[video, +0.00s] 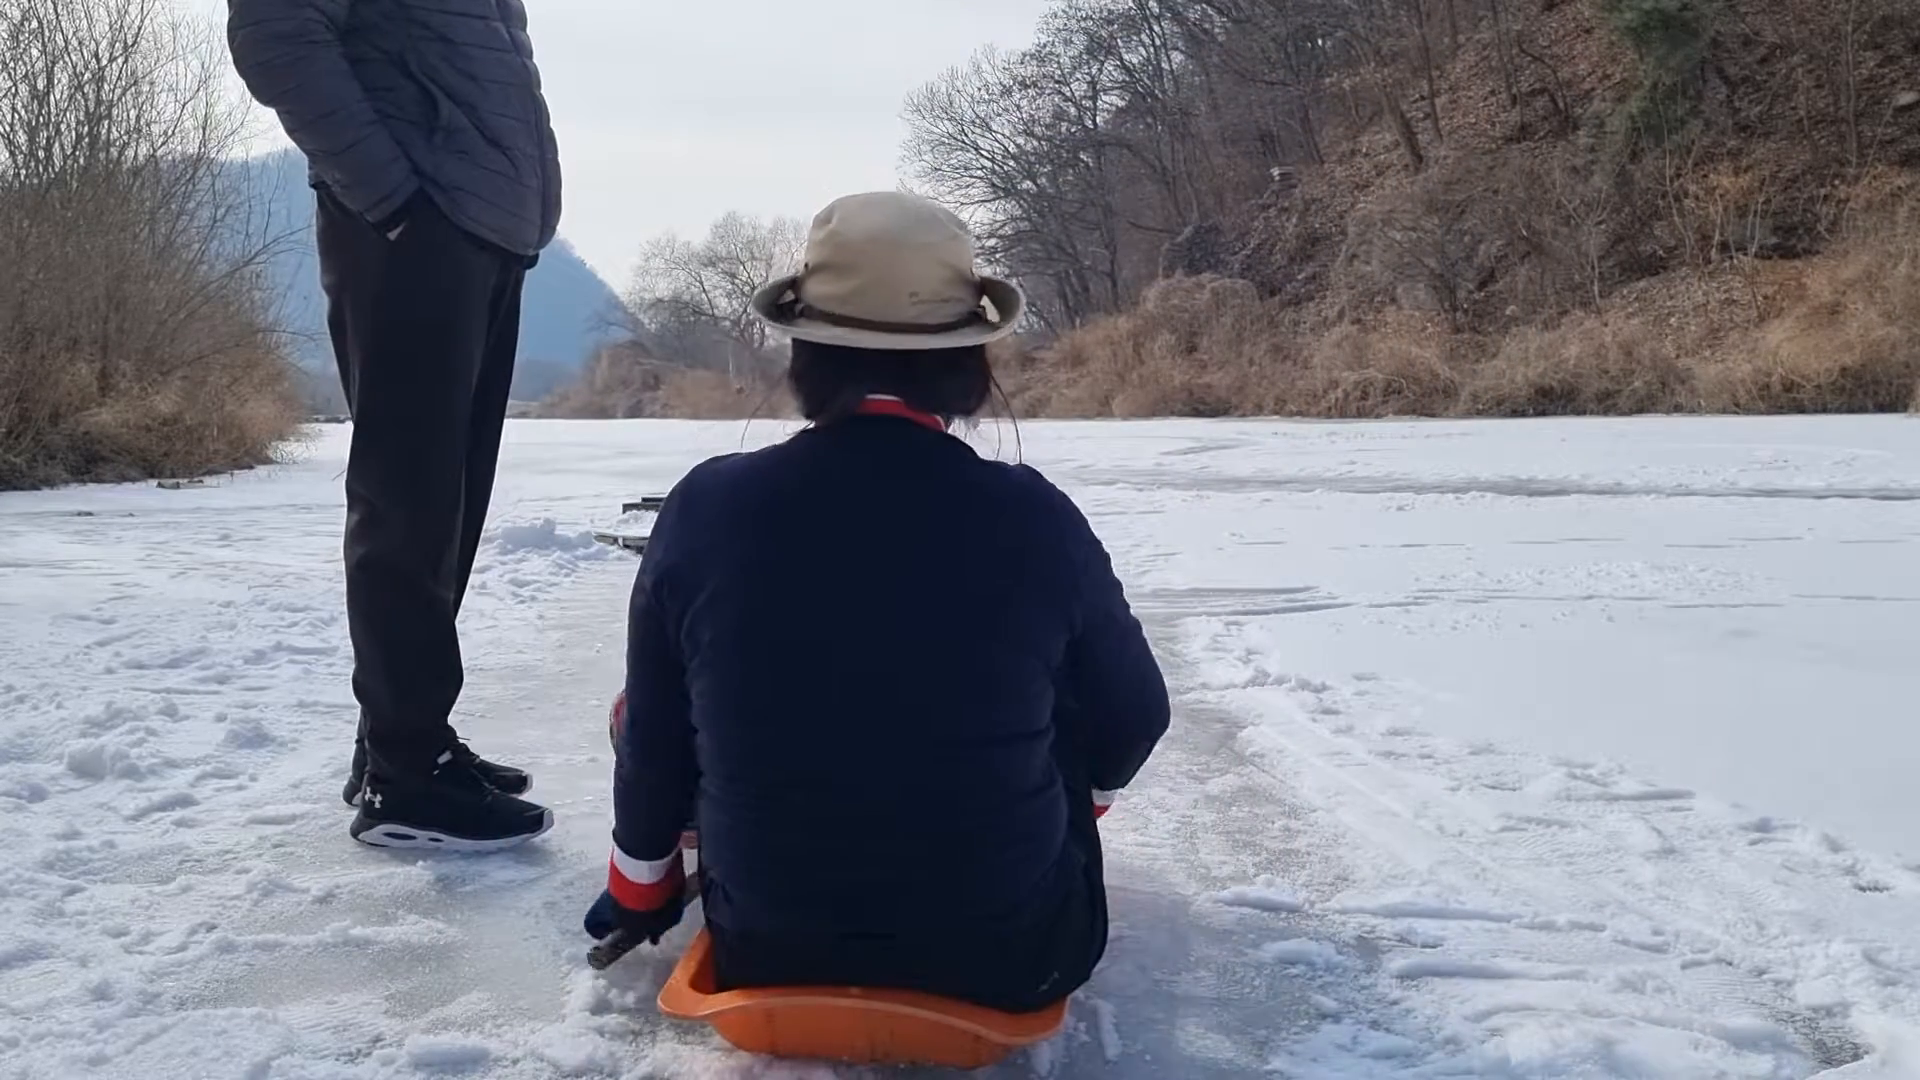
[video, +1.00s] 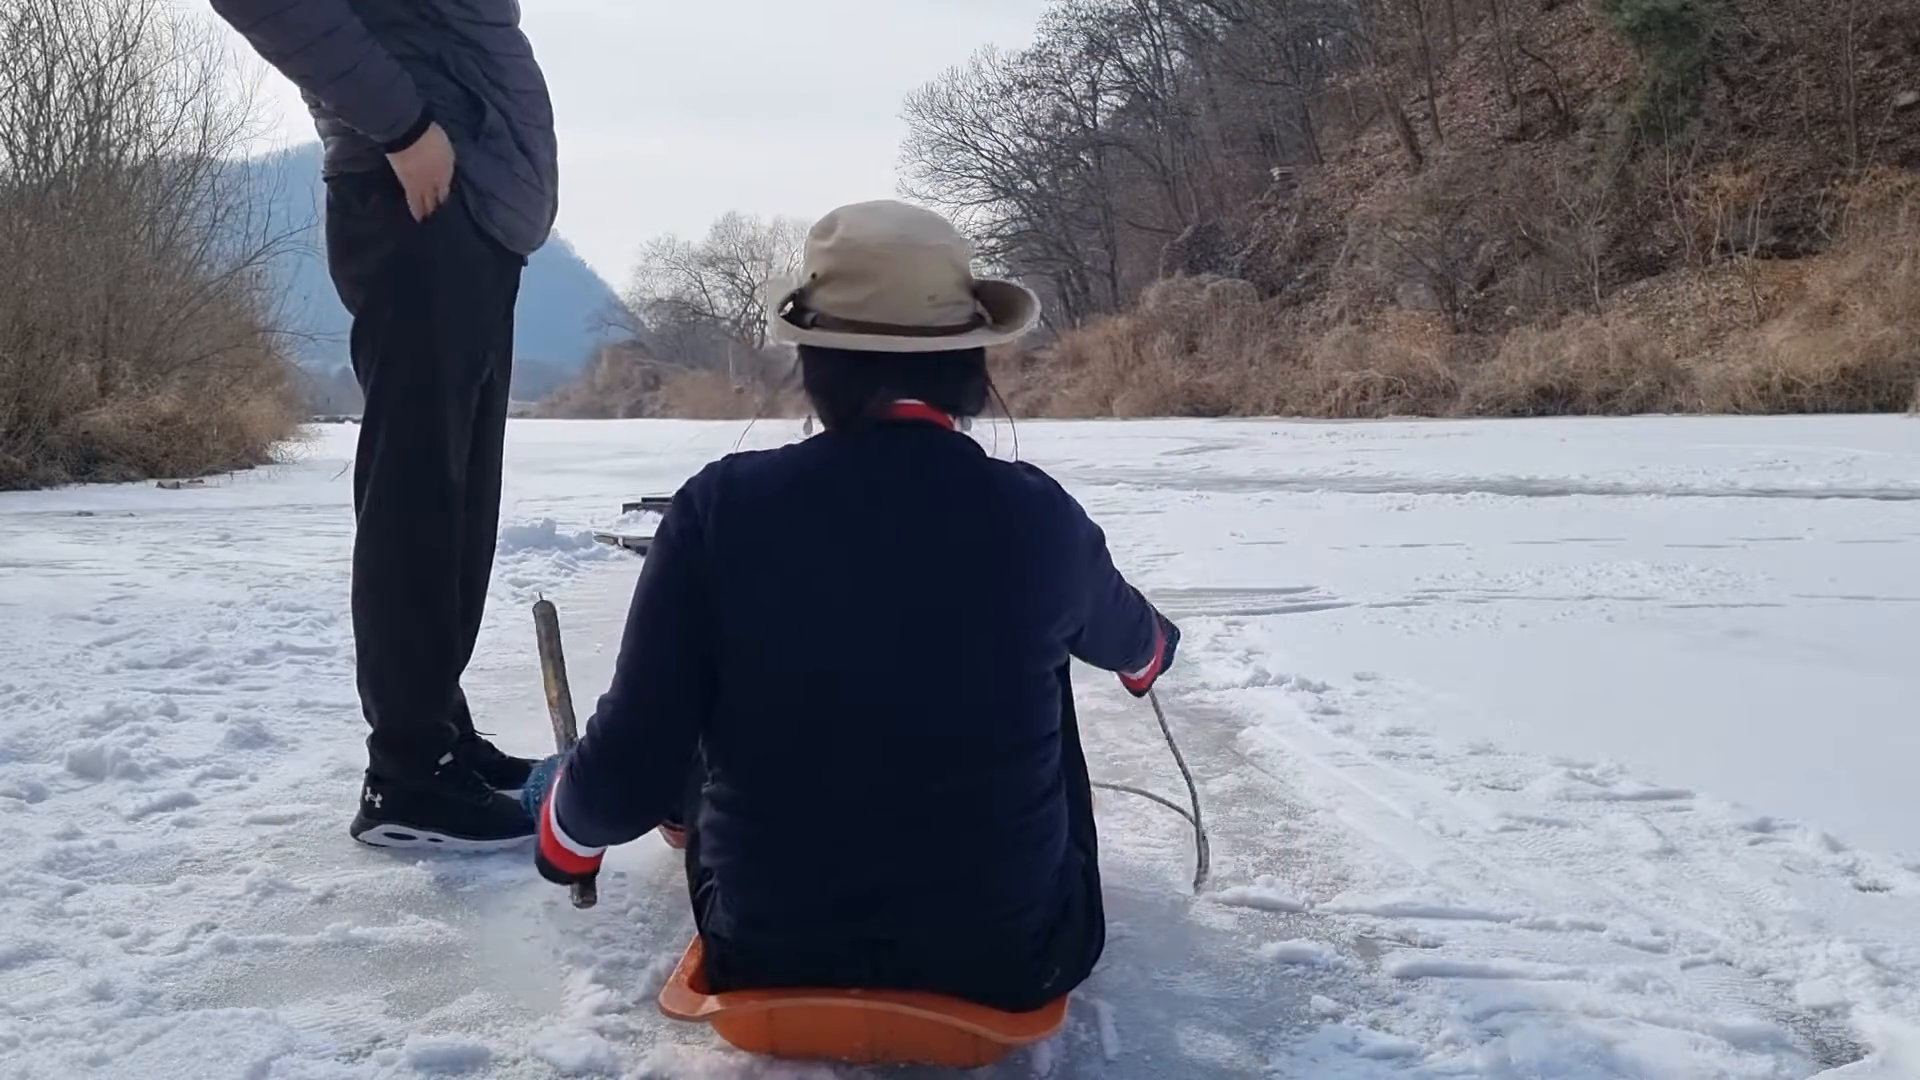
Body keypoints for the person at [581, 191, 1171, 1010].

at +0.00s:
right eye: (985, 343)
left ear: (806, 356)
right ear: (973, 365)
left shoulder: (709, 502)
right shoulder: (1034, 511)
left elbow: (654, 727)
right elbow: (1135, 706)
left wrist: (641, 883)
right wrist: (1053, 792)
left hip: (771, 949)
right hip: (1000, 960)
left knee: (645, 697)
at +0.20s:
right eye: (970, 349)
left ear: (801, 362)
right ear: (961, 367)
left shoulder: (702, 511)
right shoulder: (1027, 516)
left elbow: (624, 753)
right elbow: (1128, 721)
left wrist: (592, 920)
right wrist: (1024, 789)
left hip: (774, 956)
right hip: (998, 964)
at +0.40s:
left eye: (770, 352)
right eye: (955, 348)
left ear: (781, 370)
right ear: (944, 369)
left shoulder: (686, 517)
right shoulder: (1014, 515)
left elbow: (622, 758)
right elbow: (1134, 721)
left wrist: (566, 935)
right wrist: (1087, 841)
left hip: (768, 950)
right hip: (996, 959)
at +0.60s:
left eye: (758, 359)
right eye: (943, 352)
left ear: (771, 373)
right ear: (932, 369)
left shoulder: (688, 519)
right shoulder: (1012, 513)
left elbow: (626, 763)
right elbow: (1132, 691)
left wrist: (541, 903)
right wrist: (1086, 807)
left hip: (769, 951)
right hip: (994, 960)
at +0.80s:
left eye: (774, 360)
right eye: (956, 350)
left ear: (785, 375)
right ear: (946, 368)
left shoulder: (698, 517)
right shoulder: (1023, 513)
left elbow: (630, 768)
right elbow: (1131, 661)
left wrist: (547, 869)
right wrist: (1139, 714)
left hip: (769, 953)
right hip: (992, 962)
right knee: (1035, 660)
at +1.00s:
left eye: (803, 351)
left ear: (815, 370)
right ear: (968, 368)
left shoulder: (722, 505)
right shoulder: (1034, 513)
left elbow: (638, 751)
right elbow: (1114, 623)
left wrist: (564, 824)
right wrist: (1151, 648)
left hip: (774, 954)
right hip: (995, 968)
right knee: (1036, 664)